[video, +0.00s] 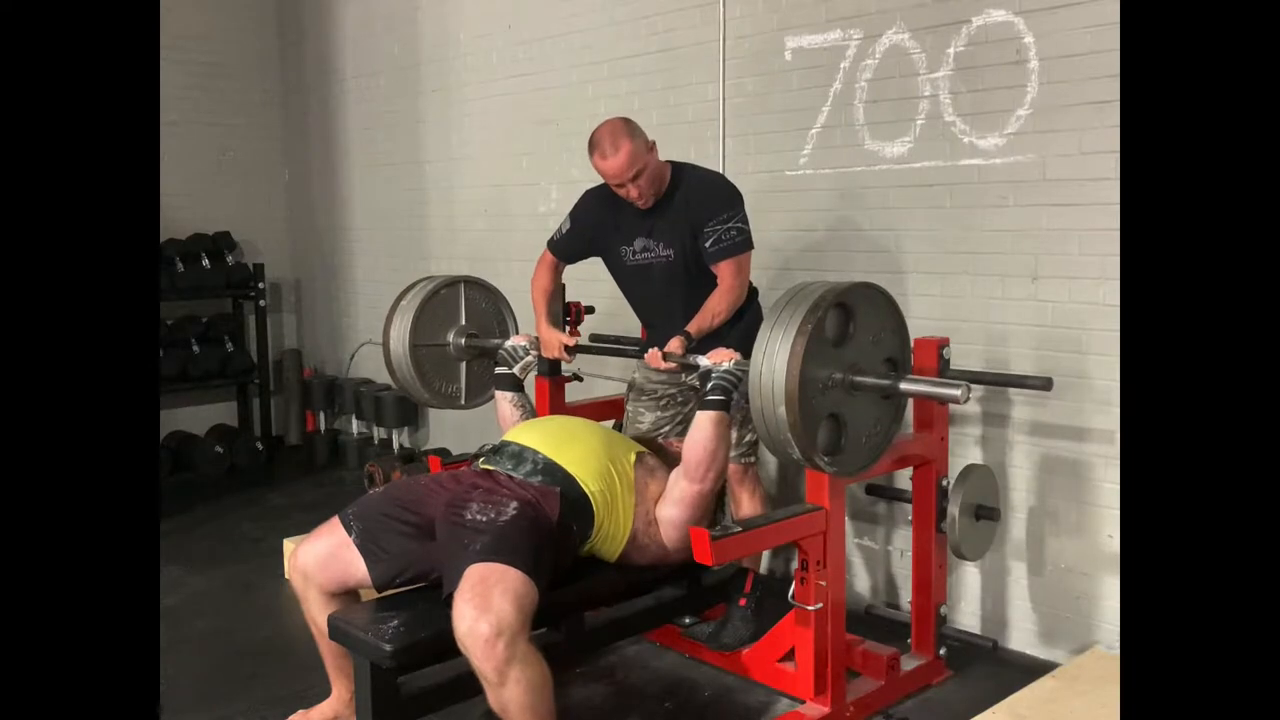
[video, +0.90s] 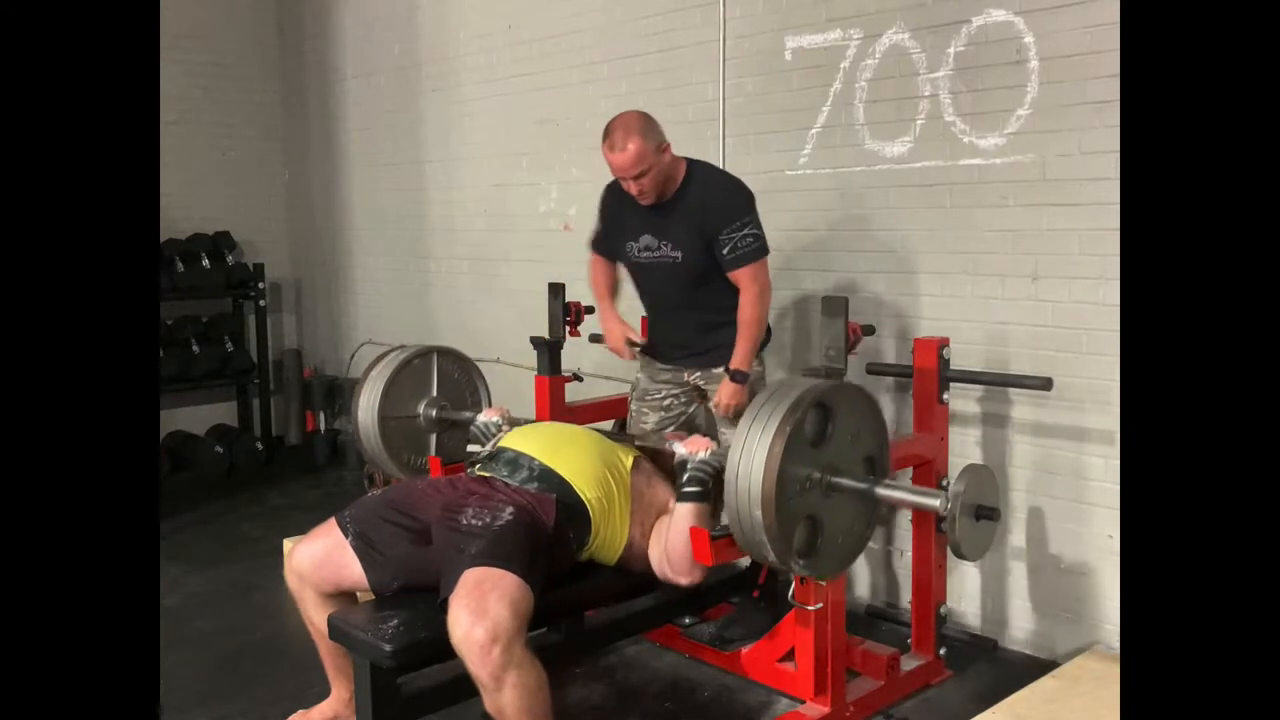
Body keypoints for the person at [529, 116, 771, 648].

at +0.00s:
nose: (632, 192)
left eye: (636, 177)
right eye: (617, 185)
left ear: (654, 150)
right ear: (600, 175)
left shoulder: (710, 193)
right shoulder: (598, 208)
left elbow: (734, 286)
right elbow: (549, 263)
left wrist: (684, 337)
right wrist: (545, 324)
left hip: (725, 347)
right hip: (659, 353)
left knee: (736, 467)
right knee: (651, 461)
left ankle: (756, 587)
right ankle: (694, 576)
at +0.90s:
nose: (632, 189)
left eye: (640, 176)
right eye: (622, 179)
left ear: (666, 151)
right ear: (612, 169)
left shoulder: (722, 196)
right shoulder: (617, 200)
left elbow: (756, 287)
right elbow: (602, 256)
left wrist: (738, 374)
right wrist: (609, 317)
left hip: (728, 365)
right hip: (661, 364)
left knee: (739, 475)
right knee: (648, 471)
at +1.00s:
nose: (640, 186)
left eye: (648, 173)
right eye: (631, 176)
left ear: (676, 151)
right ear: (622, 164)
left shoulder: (733, 194)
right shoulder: (631, 194)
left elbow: (766, 287)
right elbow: (630, 254)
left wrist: (744, 373)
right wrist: (634, 319)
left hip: (731, 366)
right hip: (667, 363)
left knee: (738, 480)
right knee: (649, 473)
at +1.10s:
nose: (646, 186)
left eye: (655, 173)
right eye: (637, 175)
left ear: (683, 151)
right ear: (628, 162)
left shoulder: (739, 194)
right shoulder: (636, 191)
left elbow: (774, 287)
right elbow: (637, 252)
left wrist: (746, 373)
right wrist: (637, 317)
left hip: (734, 366)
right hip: (669, 363)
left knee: (740, 481)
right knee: (645, 472)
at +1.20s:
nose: (647, 186)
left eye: (657, 174)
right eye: (638, 175)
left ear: (684, 153)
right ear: (630, 161)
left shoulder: (740, 197)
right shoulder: (634, 194)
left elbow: (774, 290)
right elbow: (628, 252)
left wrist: (743, 375)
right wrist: (625, 319)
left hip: (734, 370)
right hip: (669, 367)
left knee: (739, 487)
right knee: (653, 482)